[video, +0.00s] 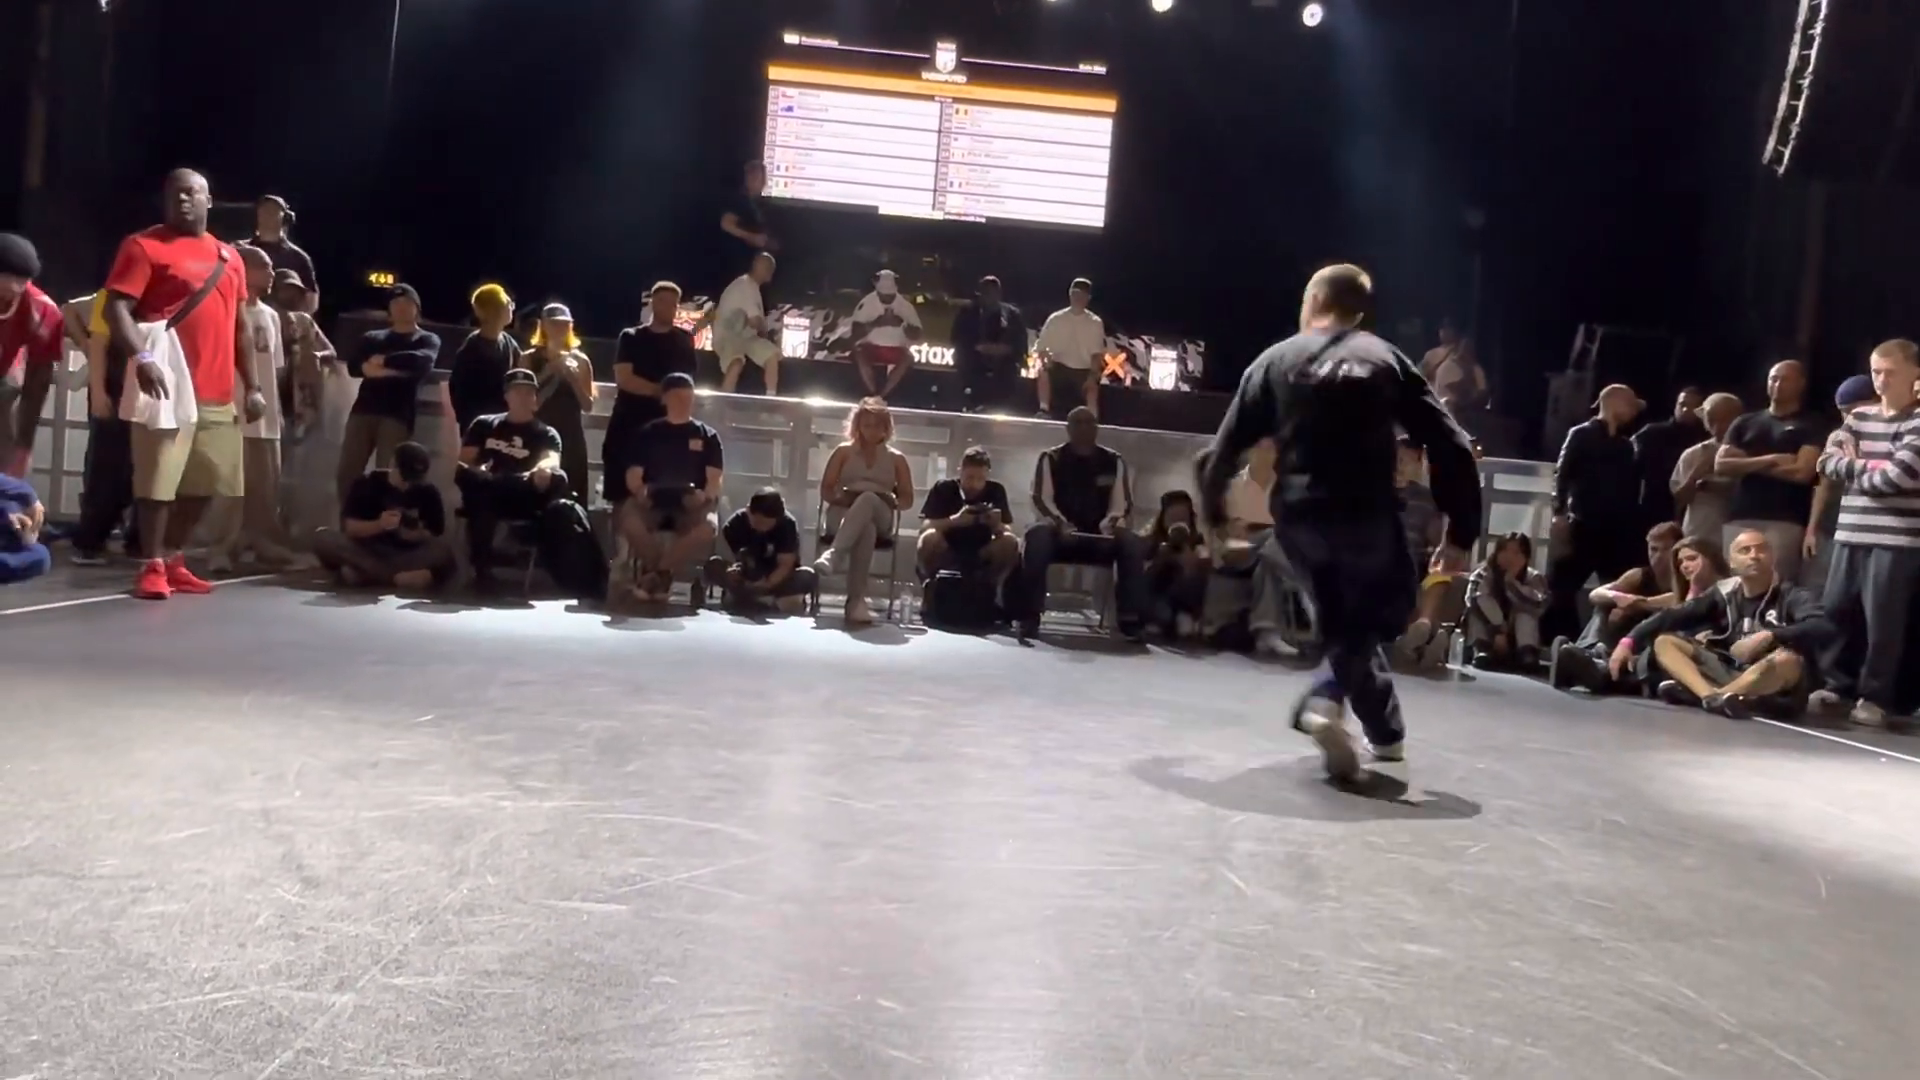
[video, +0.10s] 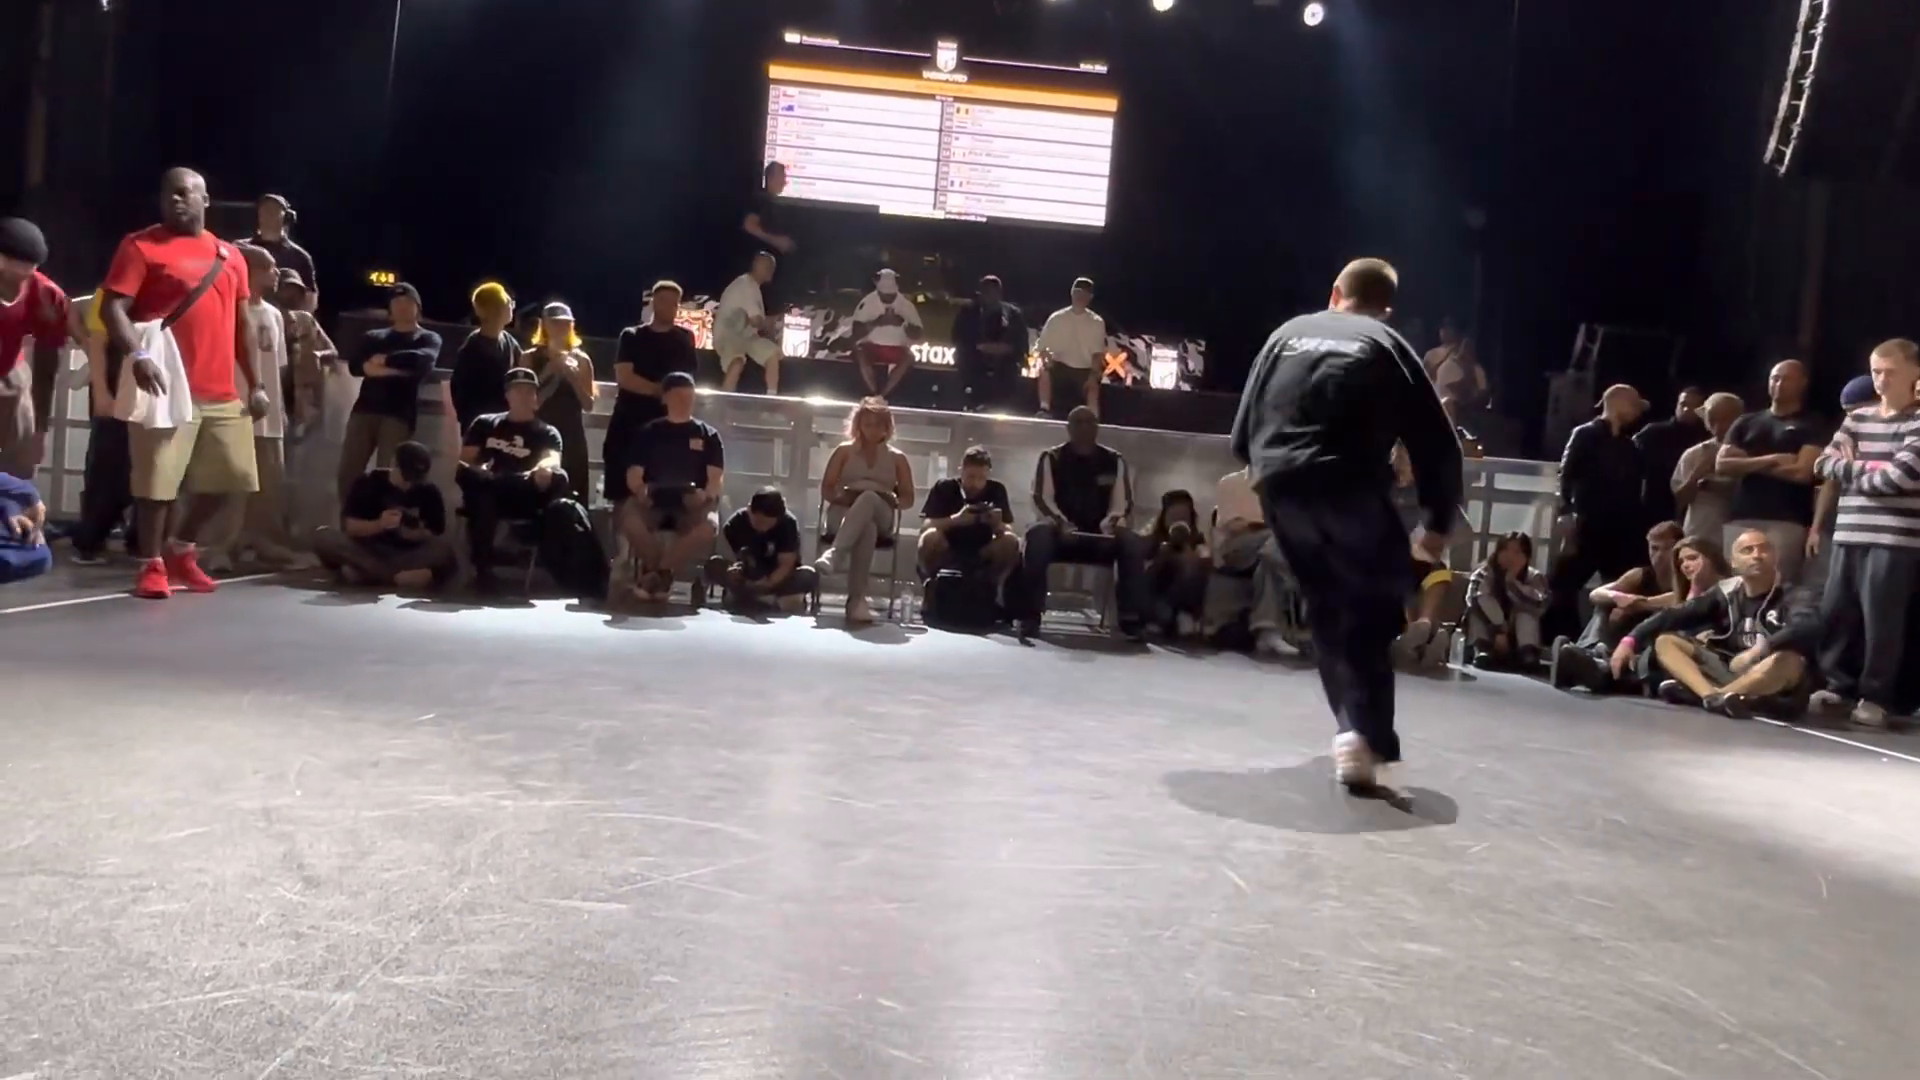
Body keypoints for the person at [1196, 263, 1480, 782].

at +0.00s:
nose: (1302, 313)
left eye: (1304, 305)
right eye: (1305, 305)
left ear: (1312, 307)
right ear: (1363, 314)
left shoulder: (1273, 362)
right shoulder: (1386, 360)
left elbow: (1221, 454)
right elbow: (1453, 447)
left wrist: (1215, 520)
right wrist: (1459, 533)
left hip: (1299, 513)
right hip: (1368, 513)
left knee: (1342, 623)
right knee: (1390, 609)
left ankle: (1386, 734)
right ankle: (1325, 699)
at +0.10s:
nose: (1329, 304)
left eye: (1331, 295)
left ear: (1335, 295)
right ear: (1387, 308)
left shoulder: (1287, 333)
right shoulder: (1390, 347)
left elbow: (1244, 428)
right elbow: (1436, 445)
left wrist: (1264, 468)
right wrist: (1437, 526)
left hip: (1281, 482)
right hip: (1351, 482)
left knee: (1324, 603)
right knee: (1376, 599)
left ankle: (1354, 733)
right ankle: (1358, 734)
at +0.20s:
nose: (1393, 296)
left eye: (1336, 268)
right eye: (1396, 287)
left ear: (1339, 268)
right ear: (1394, 282)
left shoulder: (1288, 311)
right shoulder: (1388, 323)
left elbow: (1257, 405)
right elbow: (1434, 427)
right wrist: (1415, 475)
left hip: (1266, 463)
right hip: (1337, 469)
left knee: (1312, 584)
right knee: (1365, 602)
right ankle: (1353, 730)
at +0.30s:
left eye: (1334, 244)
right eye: (1393, 258)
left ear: (1334, 246)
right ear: (1391, 261)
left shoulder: (1287, 302)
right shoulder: (1384, 313)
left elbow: (1267, 391)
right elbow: (1424, 412)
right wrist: (1435, 475)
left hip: (1248, 465)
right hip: (1320, 474)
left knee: (1281, 608)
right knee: (1361, 588)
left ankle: (1205, 687)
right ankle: (1348, 730)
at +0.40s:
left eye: (1326, 251)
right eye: (1387, 260)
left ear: (1327, 255)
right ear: (1386, 266)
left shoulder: (1288, 314)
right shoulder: (1375, 329)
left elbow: (1304, 401)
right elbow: (1424, 417)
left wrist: (1372, 448)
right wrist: (1467, 489)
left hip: (1236, 474)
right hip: (1301, 492)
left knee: (1228, 607)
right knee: (1333, 625)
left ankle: (1148, 726)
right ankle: (1364, 736)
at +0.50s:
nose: (1411, 276)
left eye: (1356, 245)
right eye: (1414, 264)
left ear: (1351, 250)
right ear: (1412, 264)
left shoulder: (1308, 292)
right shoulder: (1388, 302)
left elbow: (1314, 399)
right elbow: (1406, 362)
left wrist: (1385, 446)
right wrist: (1436, 451)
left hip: (1244, 455)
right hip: (1312, 468)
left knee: (1231, 601)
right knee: (1345, 594)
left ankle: (1163, 712)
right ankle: (1340, 726)